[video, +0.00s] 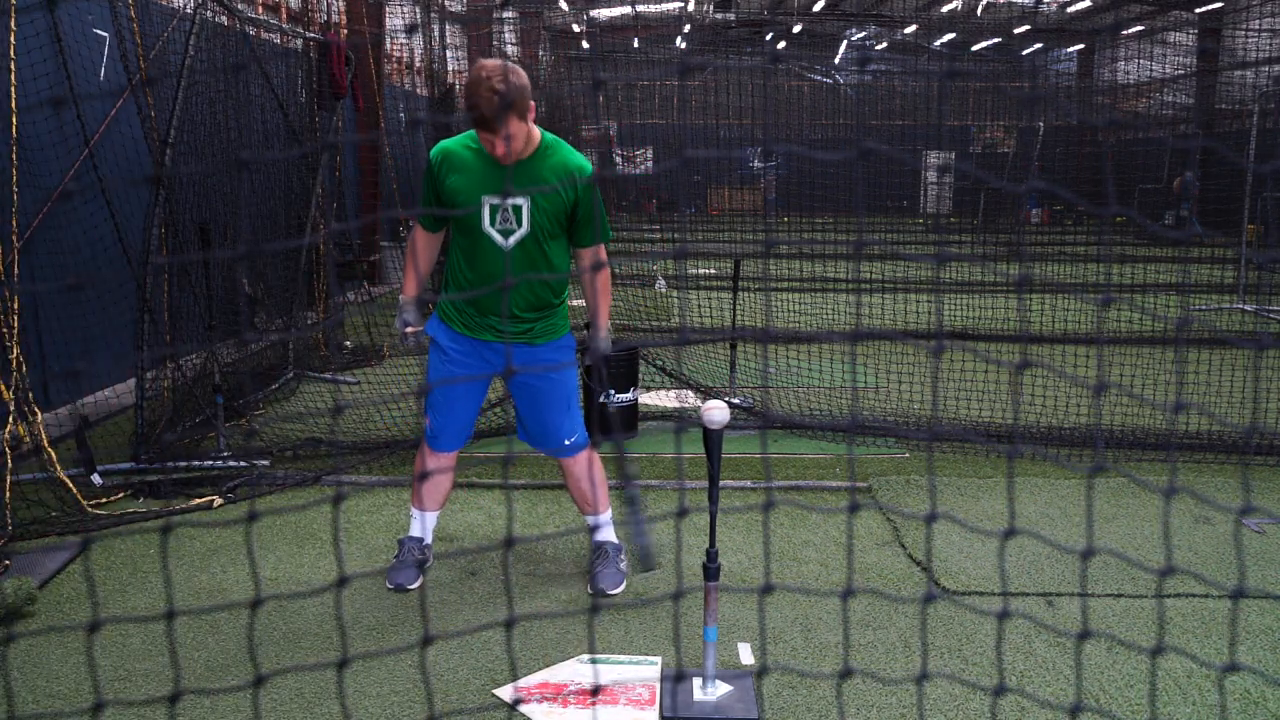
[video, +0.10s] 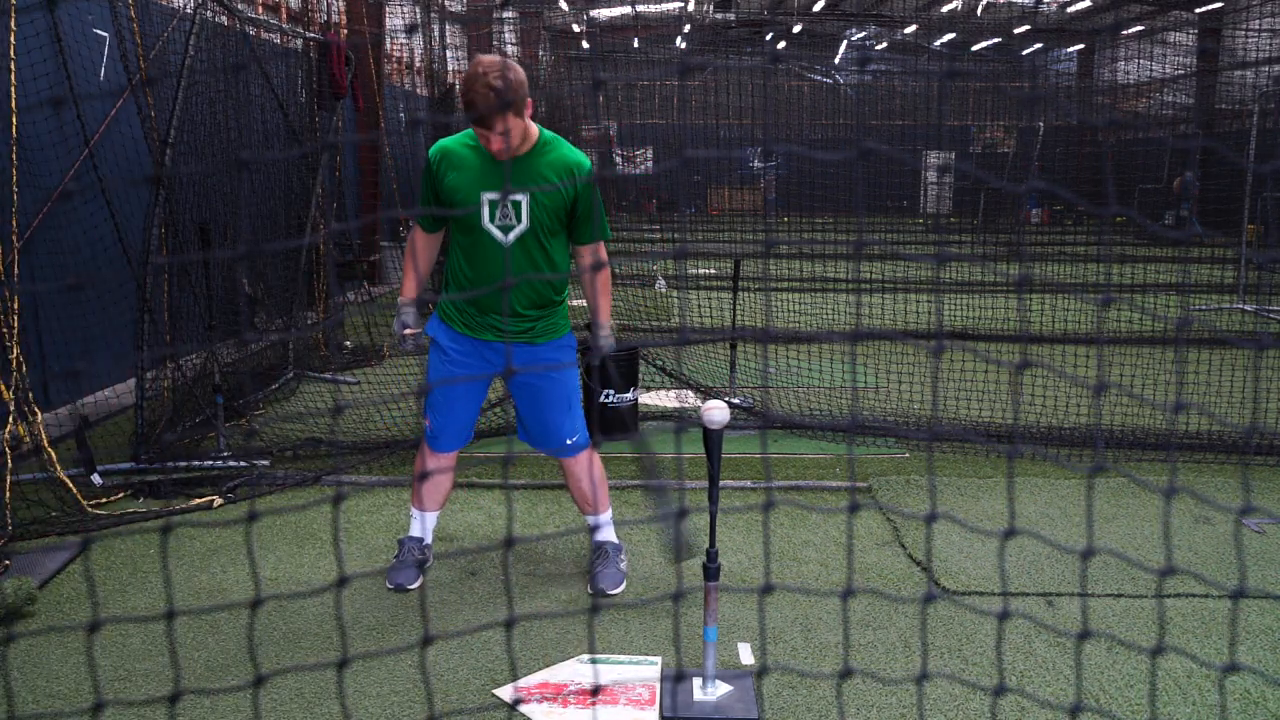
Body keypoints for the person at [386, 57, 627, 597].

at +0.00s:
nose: (499, 147)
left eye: (508, 135)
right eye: (487, 136)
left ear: (531, 112)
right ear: (473, 121)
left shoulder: (572, 172)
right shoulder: (447, 162)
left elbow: (594, 261)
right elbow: (427, 231)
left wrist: (601, 339)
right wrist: (409, 300)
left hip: (543, 336)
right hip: (460, 331)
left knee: (571, 445)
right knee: (438, 444)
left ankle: (605, 541)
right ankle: (417, 541)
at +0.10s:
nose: (495, 142)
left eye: (505, 129)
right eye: (484, 130)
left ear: (528, 109)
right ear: (470, 116)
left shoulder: (570, 169)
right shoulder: (445, 160)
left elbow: (593, 259)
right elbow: (426, 232)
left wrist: (603, 337)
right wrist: (408, 301)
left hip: (543, 335)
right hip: (460, 331)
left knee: (572, 446)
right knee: (438, 445)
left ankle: (605, 542)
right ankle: (417, 541)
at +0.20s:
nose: (490, 137)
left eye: (501, 125)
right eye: (481, 125)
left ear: (524, 105)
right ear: (467, 112)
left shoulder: (569, 164)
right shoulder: (444, 159)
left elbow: (597, 252)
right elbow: (424, 233)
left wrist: (618, 329)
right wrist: (406, 302)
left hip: (543, 334)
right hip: (461, 330)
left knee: (574, 445)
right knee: (439, 445)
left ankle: (605, 542)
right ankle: (417, 541)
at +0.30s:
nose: (492, 134)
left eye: (502, 122)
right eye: (481, 123)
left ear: (523, 101)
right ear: (466, 110)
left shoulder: (567, 160)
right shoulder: (443, 160)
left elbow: (600, 247)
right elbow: (423, 235)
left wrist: (629, 322)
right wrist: (405, 304)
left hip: (543, 332)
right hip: (462, 329)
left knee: (573, 445)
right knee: (439, 445)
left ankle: (606, 541)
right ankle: (417, 541)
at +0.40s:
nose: (491, 129)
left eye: (500, 116)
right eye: (479, 118)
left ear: (520, 97)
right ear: (463, 107)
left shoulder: (563, 157)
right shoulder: (442, 159)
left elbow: (603, 235)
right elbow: (421, 236)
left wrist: (645, 305)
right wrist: (402, 308)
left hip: (544, 330)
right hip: (461, 330)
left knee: (573, 443)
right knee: (439, 444)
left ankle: (605, 541)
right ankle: (418, 539)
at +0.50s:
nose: (491, 127)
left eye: (500, 113)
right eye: (479, 117)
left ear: (518, 94)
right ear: (461, 106)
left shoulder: (563, 157)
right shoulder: (440, 160)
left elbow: (606, 231)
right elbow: (419, 238)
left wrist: (651, 295)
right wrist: (401, 309)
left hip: (544, 330)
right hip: (462, 330)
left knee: (573, 442)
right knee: (440, 443)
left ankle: (606, 543)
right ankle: (419, 539)